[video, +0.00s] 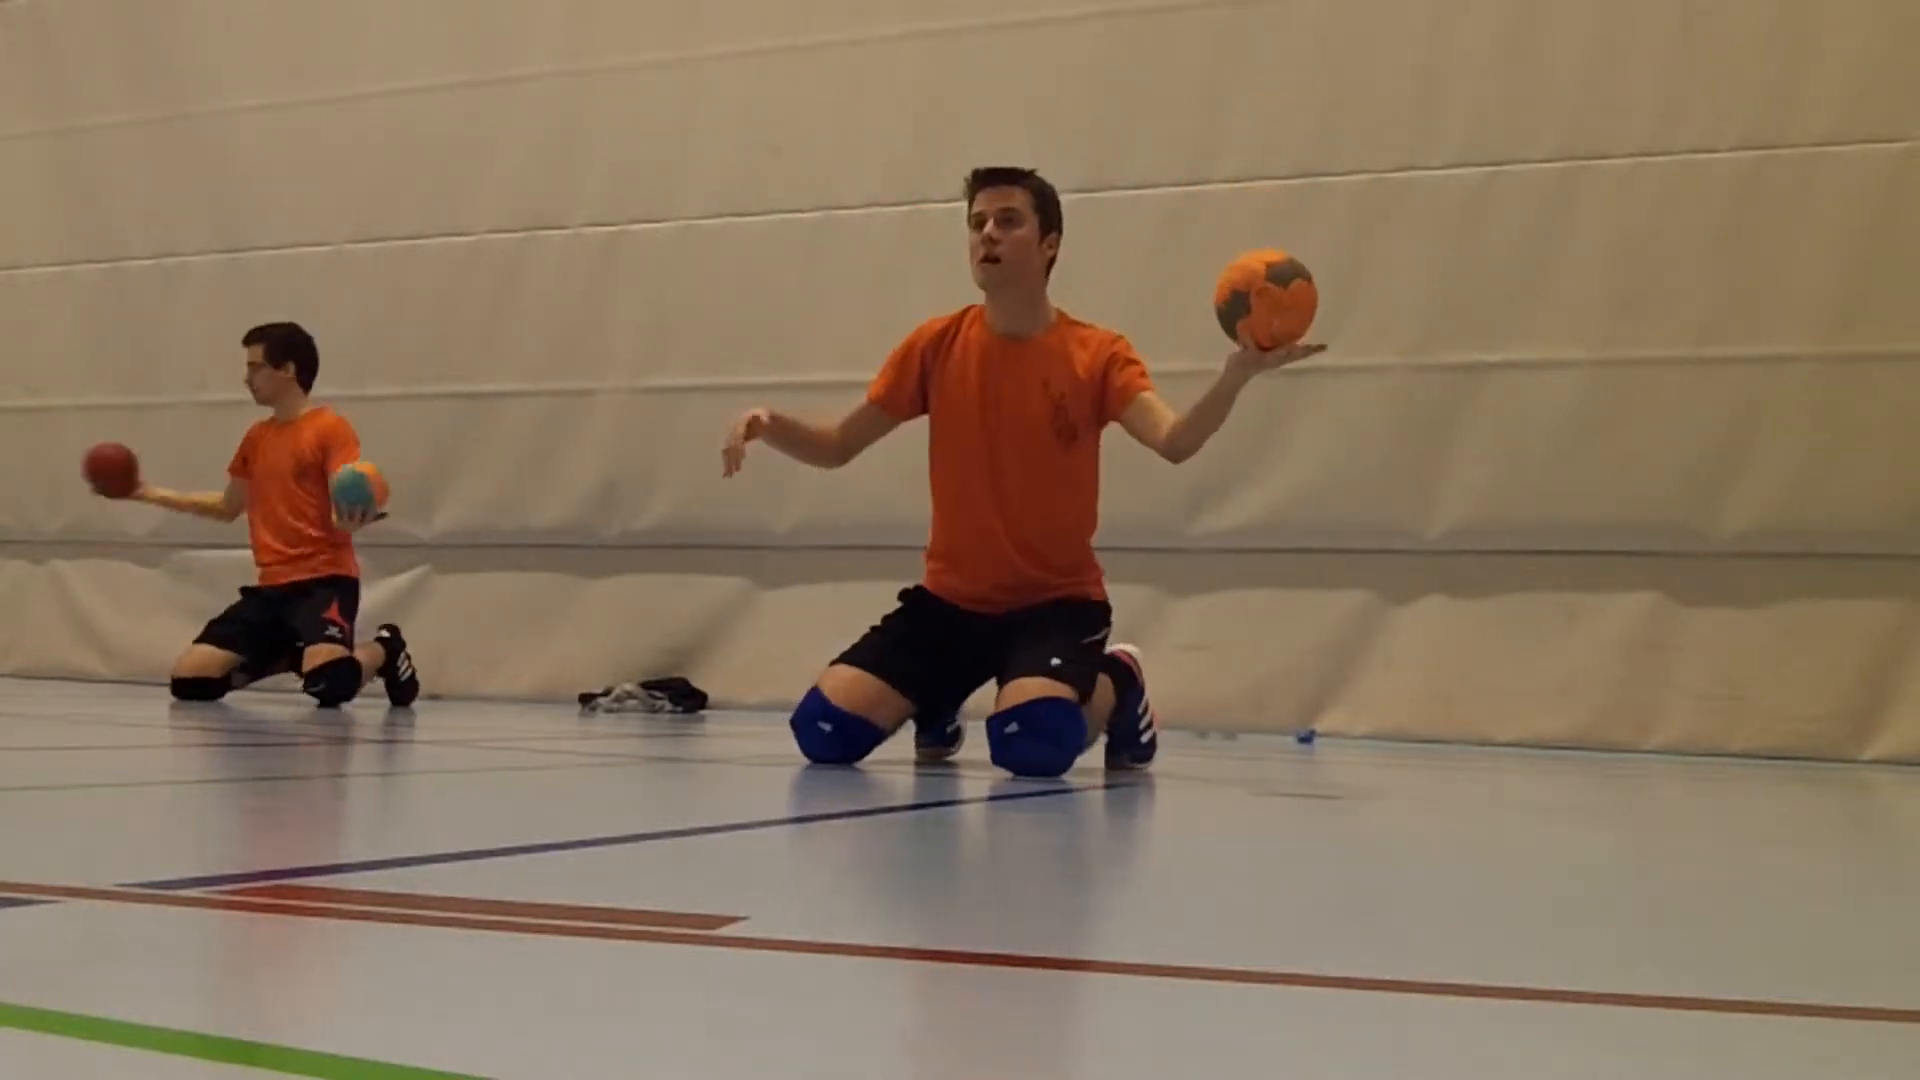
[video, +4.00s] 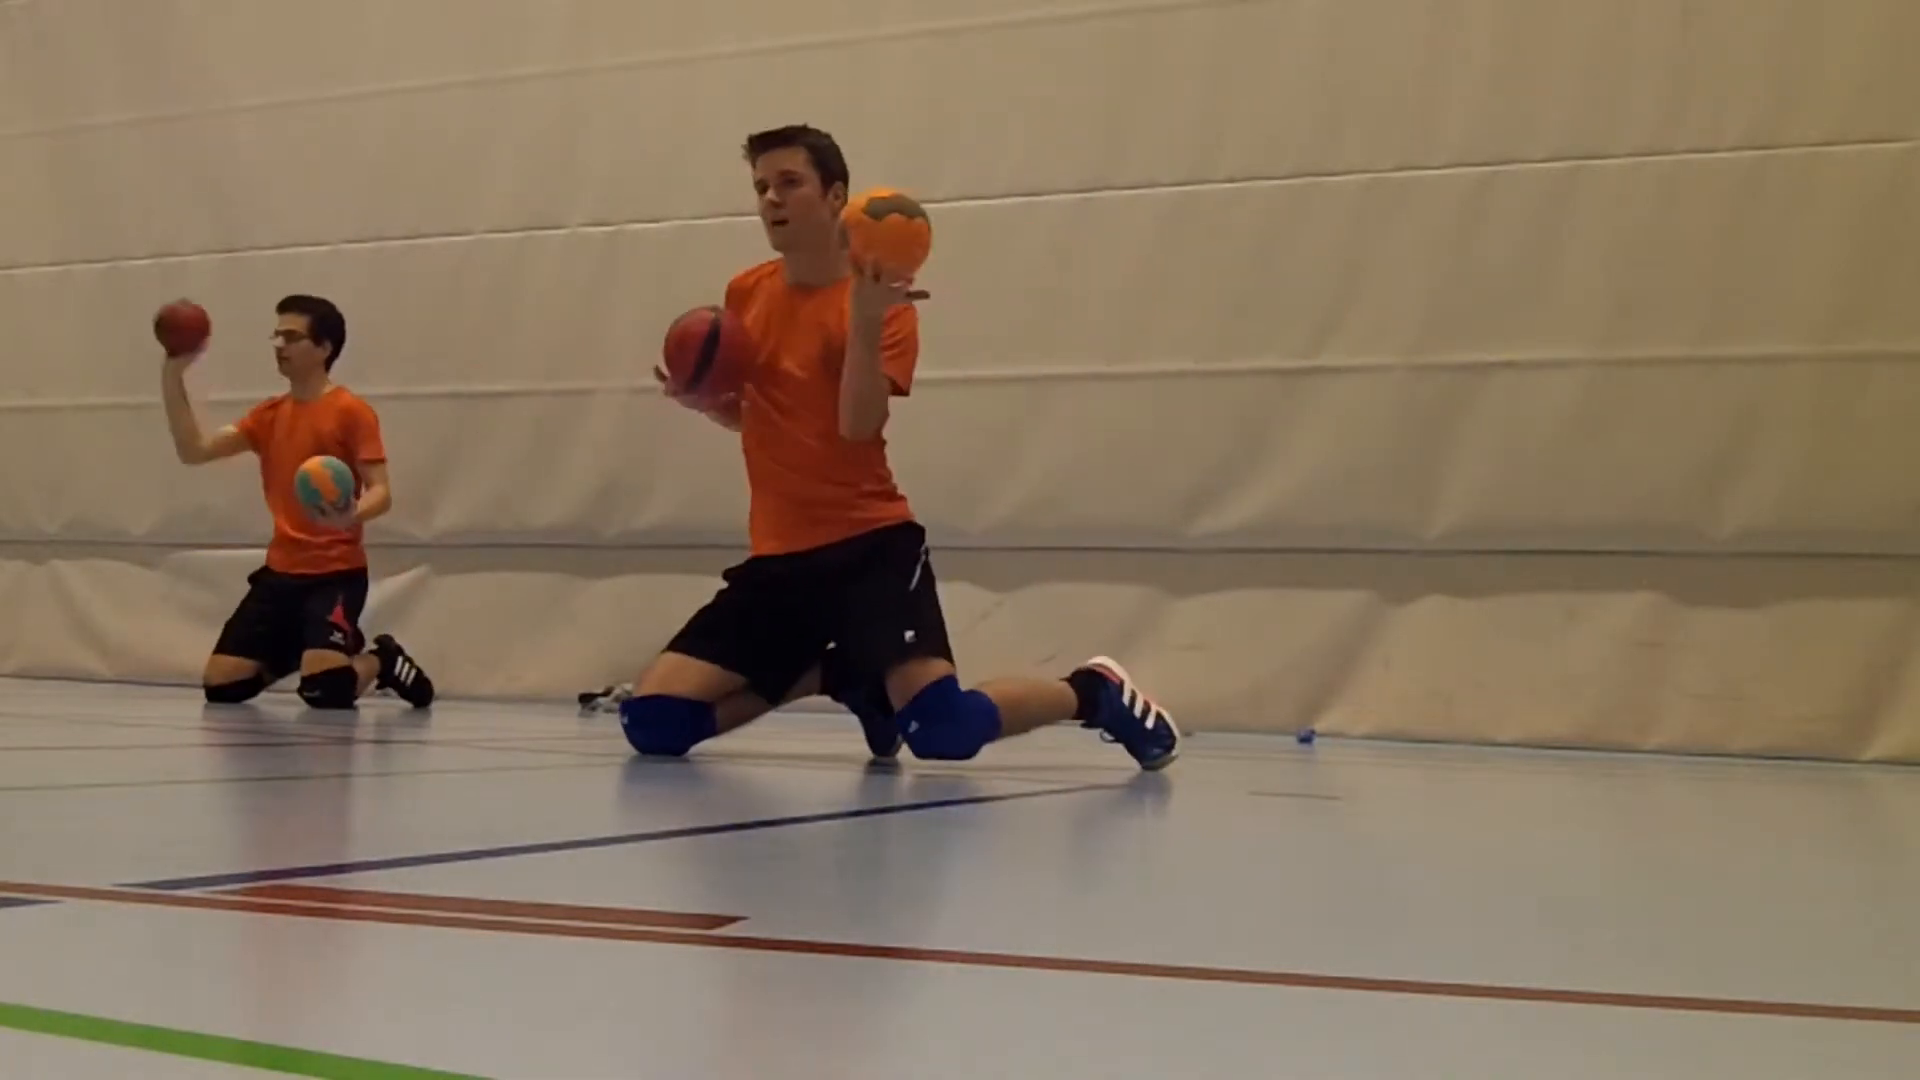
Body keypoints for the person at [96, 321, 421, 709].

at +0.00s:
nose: (246, 377)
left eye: (255, 367)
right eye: (247, 367)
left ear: (289, 371)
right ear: (276, 372)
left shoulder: (329, 428)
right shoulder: (258, 437)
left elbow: (346, 515)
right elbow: (226, 508)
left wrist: (355, 512)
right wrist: (144, 492)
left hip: (325, 585)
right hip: (270, 590)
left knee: (328, 685)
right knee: (188, 683)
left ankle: (386, 649)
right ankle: (298, 657)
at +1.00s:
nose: (322, 409)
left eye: (332, 399)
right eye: (315, 398)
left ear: (362, 395)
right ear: (309, 392)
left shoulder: (391, 456)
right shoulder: (309, 425)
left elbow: (415, 534)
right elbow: (244, 386)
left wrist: (405, 567)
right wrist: (309, 375)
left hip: (348, 596)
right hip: (291, 591)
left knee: (312, 690)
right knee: (199, 683)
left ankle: (377, 653)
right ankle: (302, 652)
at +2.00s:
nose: (222, 351)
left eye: (234, 340)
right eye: (219, 341)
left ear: (270, 350)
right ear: (215, 347)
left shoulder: (309, 410)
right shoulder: (235, 421)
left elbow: (338, 494)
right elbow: (232, 522)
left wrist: (332, 511)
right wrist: (200, 598)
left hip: (312, 571)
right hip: (256, 576)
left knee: (307, 688)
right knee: (195, 684)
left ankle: (396, 656)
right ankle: (300, 653)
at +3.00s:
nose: (259, 379)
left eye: (269, 369)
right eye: (259, 370)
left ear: (305, 373)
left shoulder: (345, 431)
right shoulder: (279, 442)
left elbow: (371, 520)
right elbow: (255, 528)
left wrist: (347, 527)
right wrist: (173, 546)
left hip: (340, 584)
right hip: (287, 585)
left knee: (320, 686)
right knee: (201, 683)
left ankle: (402, 658)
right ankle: (308, 656)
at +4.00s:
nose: (279, 345)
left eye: (291, 336)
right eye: (277, 336)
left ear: (325, 348)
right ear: (275, 343)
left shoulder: (351, 412)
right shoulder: (271, 415)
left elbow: (380, 493)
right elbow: (193, 450)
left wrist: (352, 514)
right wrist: (172, 370)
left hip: (336, 576)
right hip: (280, 573)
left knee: (323, 691)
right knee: (221, 686)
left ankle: (382, 660)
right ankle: (319, 647)